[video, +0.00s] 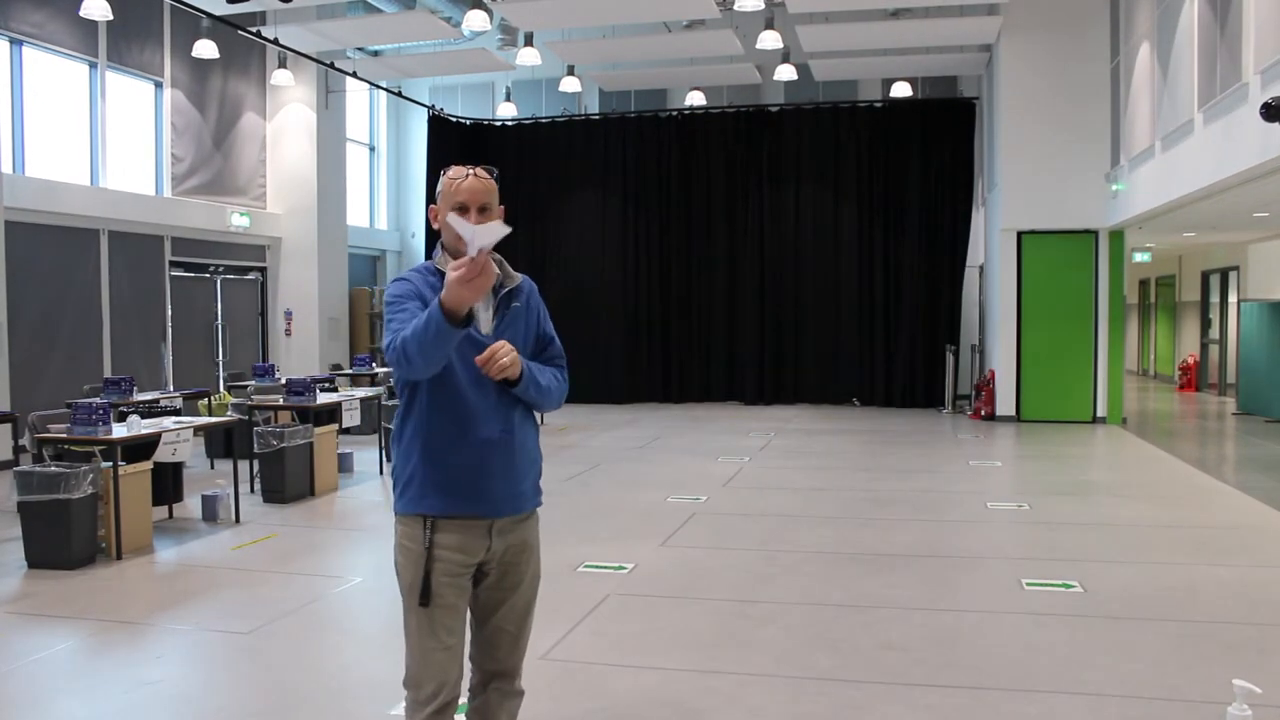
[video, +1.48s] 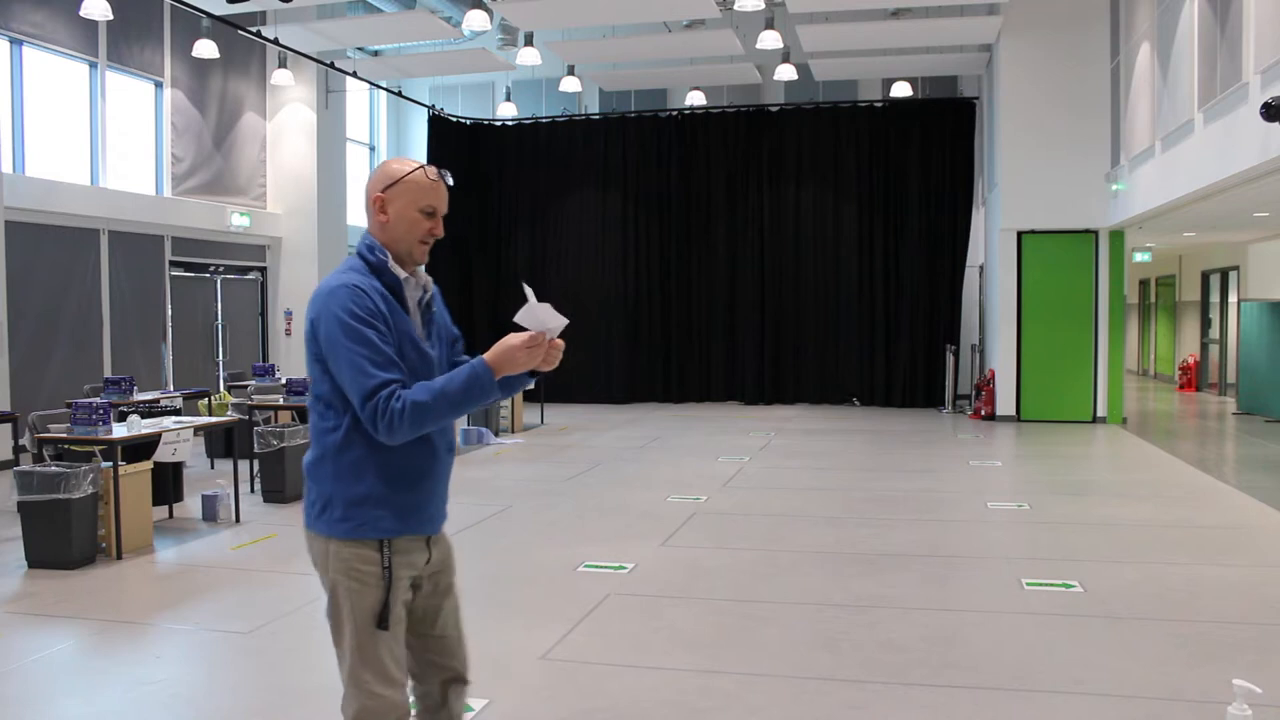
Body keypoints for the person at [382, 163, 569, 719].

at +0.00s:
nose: (473, 221)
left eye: (484, 211)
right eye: (459, 211)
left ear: (500, 217)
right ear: (435, 218)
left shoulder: (522, 293)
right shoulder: (410, 289)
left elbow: (555, 386)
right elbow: (407, 363)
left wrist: (521, 369)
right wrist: (450, 308)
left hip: (514, 513)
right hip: (434, 515)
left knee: (502, 681)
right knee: (433, 688)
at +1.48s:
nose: (438, 230)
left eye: (441, 218)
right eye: (427, 214)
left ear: (439, 219)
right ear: (380, 207)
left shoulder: (423, 293)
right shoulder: (344, 299)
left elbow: (457, 384)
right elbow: (389, 414)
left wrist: (520, 367)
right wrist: (490, 367)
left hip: (423, 526)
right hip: (361, 532)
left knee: (443, 683)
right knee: (377, 699)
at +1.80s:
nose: (414, 229)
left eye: (414, 215)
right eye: (406, 213)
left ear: (363, 209)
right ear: (363, 206)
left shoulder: (354, 288)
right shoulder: (339, 297)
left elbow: (410, 378)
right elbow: (396, 418)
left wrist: (492, 350)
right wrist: (489, 366)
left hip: (355, 529)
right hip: (344, 534)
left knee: (356, 692)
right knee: (368, 700)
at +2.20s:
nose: (368, 231)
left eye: (368, 217)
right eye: (362, 216)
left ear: (320, 213)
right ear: (330, 211)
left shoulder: (268, 285)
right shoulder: (321, 297)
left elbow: (349, 382)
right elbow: (378, 414)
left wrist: (424, 360)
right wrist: (437, 366)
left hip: (260, 524)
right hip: (310, 535)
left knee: (282, 694)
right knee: (355, 699)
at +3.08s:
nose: (333, 215)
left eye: (331, 204)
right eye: (330, 204)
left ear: (262, 211)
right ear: (313, 209)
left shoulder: (223, 286)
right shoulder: (325, 294)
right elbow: (416, 357)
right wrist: (424, 286)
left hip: (233, 523)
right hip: (312, 531)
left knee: (263, 690)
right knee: (342, 691)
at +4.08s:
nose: (333, 209)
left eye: (328, 196)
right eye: (328, 198)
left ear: (264, 215)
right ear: (314, 212)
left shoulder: (230, 289)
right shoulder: (325, 288)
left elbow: (285, 356)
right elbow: (430, 268)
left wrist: (358, 333)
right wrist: (434, 185)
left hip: (244, 522)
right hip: (322, 524)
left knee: (272, 688)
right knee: (350, 688)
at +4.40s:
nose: (365, 220)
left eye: (361, 209)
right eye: (360, 209)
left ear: (303, 222)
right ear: (346, 221)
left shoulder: (282, 295)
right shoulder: (335, 290)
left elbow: (358, 354)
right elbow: (439, 237)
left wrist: (418, 311)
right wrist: (415, 146)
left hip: (308, 521)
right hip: (353, 521)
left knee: (366, 660)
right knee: (379, 683)